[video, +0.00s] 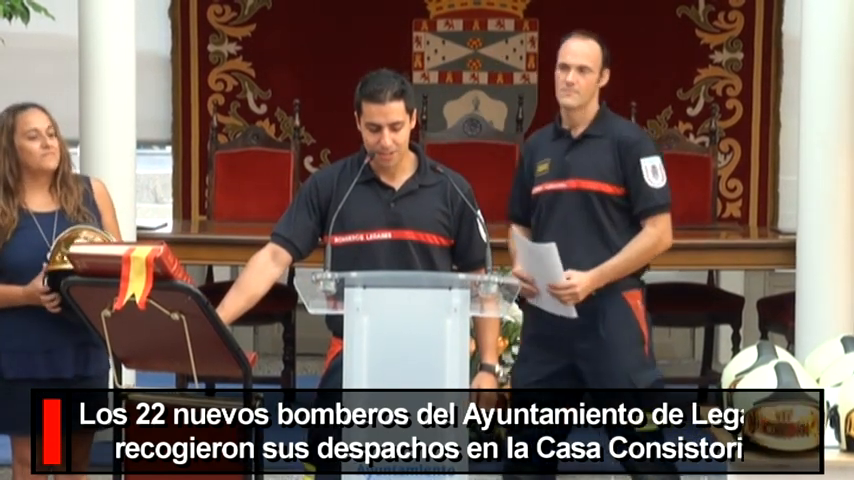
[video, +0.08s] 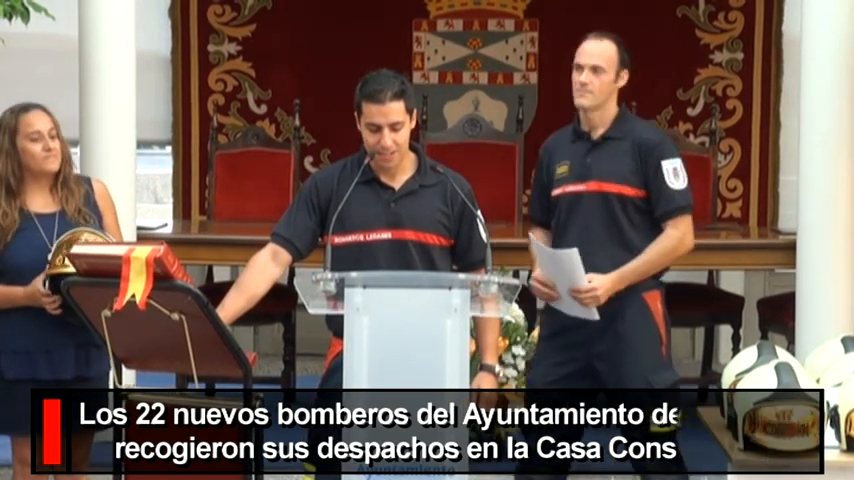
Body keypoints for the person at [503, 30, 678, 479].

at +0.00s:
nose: (569, 78)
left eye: (581, 71)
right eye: (563, 68)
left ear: (602, 79)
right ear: (553, 73)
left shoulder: (631, 142)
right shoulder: (535, 146)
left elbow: (660, 232)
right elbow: (519, 225)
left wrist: (593, 279)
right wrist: (522, 267)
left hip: (611, 321)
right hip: (545, 319)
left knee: (640, 449)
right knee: (526, 449)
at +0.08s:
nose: (582, 79)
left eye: (595, 71)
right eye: (578, 69)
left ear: (621, 79)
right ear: (570, 74)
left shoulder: (651, 143)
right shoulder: (554, 148)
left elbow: (681, 235)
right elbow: (541, 229)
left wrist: (614, 282)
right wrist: (542, 270)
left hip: (630, 326)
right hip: (561, 325)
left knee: (654, 456)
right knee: (540, 456)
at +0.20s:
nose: (600, 79)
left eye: (613, 71)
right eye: (598, 70)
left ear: (644, 79)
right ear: (594, 73)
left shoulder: (678, 147)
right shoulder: (580, 147)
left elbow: (712, 236)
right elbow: (568, 226)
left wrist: (644, 284)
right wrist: (573, 269)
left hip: (656, 331)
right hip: (589, 329)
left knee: (673, 457)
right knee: (556, 458)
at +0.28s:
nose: (610, 78)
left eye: (623, 71)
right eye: (610, 69)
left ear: (656, 79)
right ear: (610, 72)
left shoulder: (692, 147)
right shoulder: (596, 145)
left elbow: (728, 237)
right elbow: (583, 222)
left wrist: (659, 285)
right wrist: (587, 265)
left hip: (667, 329)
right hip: (601, 326)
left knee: (682, 454)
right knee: (567, 453)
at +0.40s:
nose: (624, 77)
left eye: (637, 70)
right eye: (626, 68)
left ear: (671, 78)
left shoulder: (709, 146)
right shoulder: (612, 142)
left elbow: (745, 238)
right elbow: (597, 217)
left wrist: (675, 286)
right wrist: (600, 262)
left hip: (680, 321)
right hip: (613, 317)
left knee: (688, 447)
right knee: (580, 445)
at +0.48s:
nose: (633, 78)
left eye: (646, 70)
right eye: (635, 68)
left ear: (680, 79)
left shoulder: (718, 149)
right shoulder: (621, 141)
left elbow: (752, 240)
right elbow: (604, 216)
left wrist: (681, 286)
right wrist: (607, 261)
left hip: (685, 320)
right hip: (620, 315)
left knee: (692, 448)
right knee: (591, 445)